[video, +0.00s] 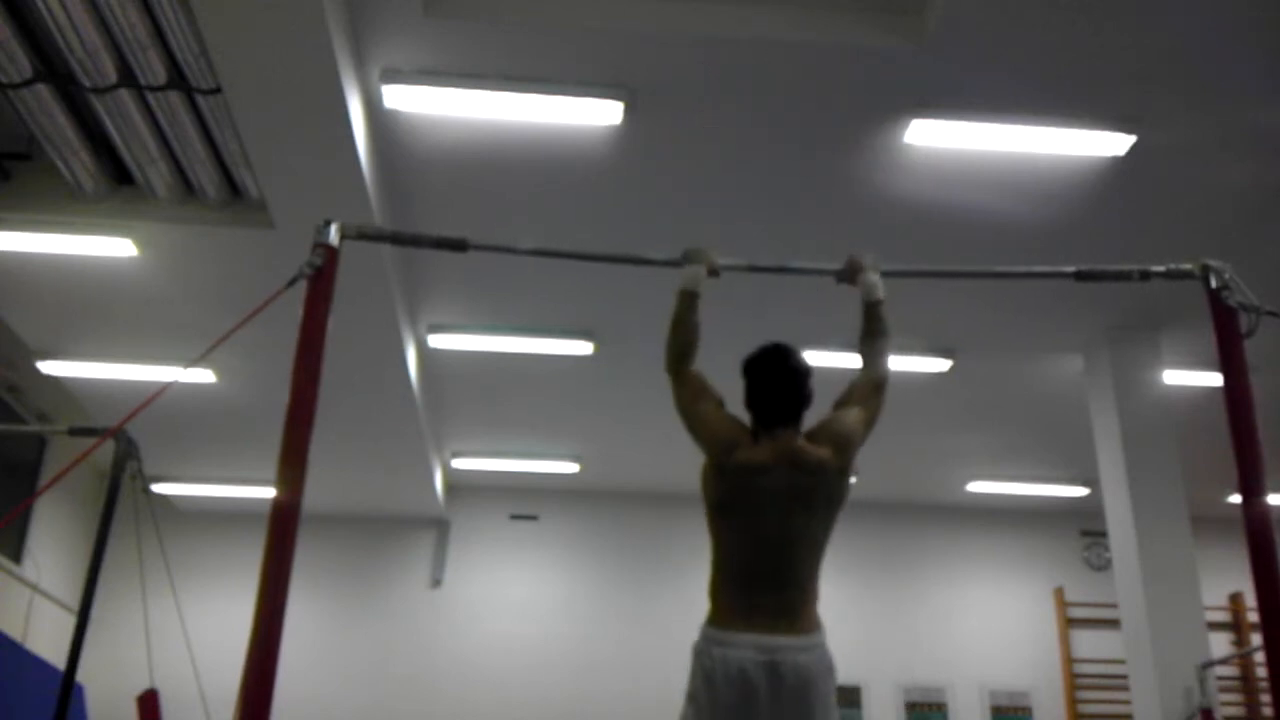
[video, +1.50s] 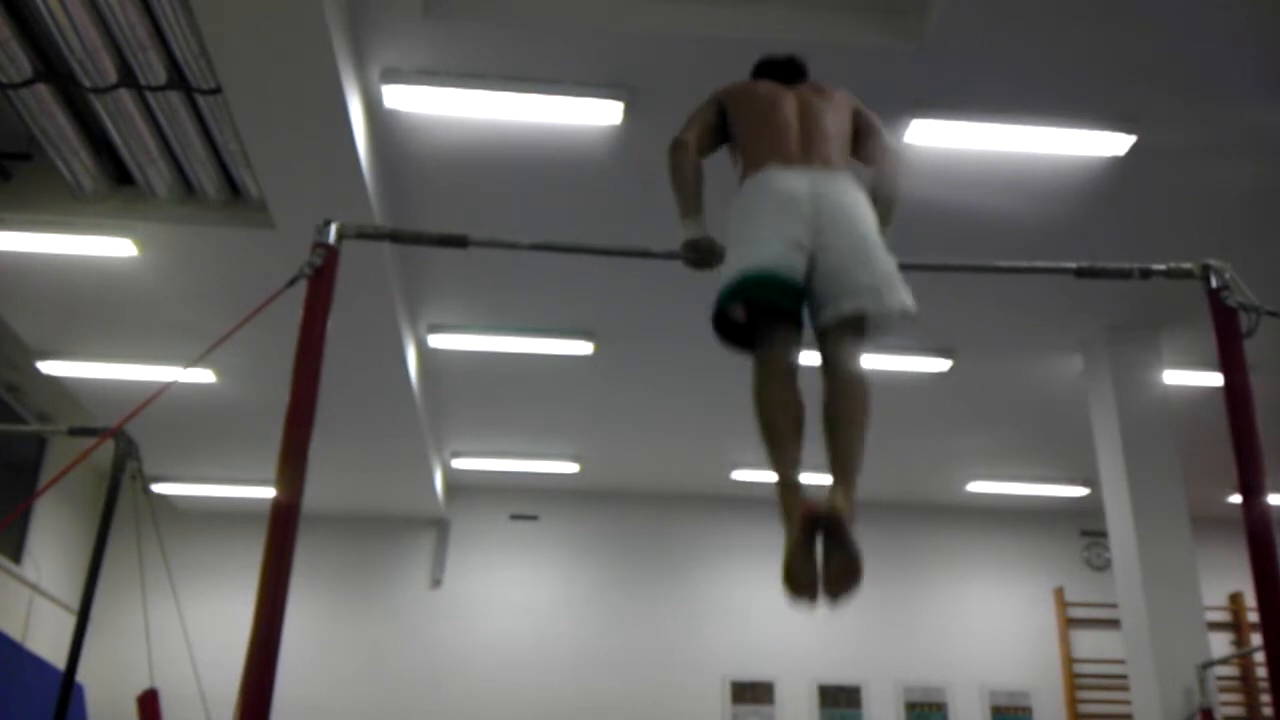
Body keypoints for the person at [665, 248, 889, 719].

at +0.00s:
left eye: (754, 386)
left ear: (747, 400)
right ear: (806, 400)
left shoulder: (726, 451)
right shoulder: (830, 455)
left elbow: (681, 368)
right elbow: (873, 376)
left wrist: (691, 280)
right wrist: (872, 293)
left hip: (727, 654)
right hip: (802, 656)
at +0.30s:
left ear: (779, 280)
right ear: (844, 285)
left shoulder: (748, 340)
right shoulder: (867, 355)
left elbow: (685, 342)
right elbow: (894, 338)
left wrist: (694, 274)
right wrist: (876, 283)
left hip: (752, 559)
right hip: (828, 563)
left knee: (736, 621)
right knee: (799, 621)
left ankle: (738, 626)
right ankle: (792, 622)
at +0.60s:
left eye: (762, 122)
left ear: (759, 120)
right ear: (816, 122)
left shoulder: (742, 146)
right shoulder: (855, 157)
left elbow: (670, 204)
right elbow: (925, 222)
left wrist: (698, 241)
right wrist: (872, 244)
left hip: (758, 347)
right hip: (831, 350)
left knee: (742, 474)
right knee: (799, 475)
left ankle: (736, 597)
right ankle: (767, 600)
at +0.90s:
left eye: (718, 170)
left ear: (736, 147)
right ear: (792, 145)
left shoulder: (722, 157)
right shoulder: (829, 165)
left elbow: (656, 161)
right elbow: (901, 185)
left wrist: (690, 233)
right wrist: (872, 244)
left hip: (759, 267)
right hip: (834, 266)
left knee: (760, 452)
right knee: (826, 451)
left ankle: (774, 600)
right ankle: (810, 599)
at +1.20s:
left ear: (743, 72)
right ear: (797, 73)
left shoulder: (723, 93)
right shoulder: (832, 99)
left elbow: (683, 158)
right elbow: (872, 172)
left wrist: (691, 226)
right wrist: (870, 233)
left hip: (764, 182)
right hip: (839, 184)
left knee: (783, 332)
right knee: (849, 327)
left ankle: (813, 465)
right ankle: (855, 455)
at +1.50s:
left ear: (753, 80)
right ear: (811, 81)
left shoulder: (737, 95)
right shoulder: (844, 102)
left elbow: (684, 145)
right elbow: (887, 169)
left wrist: (692, 229)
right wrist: (872, 235)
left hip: (768, 198)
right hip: (845, 204)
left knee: (774, 358)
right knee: (845, 357)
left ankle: (793, 503)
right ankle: (843, 502)